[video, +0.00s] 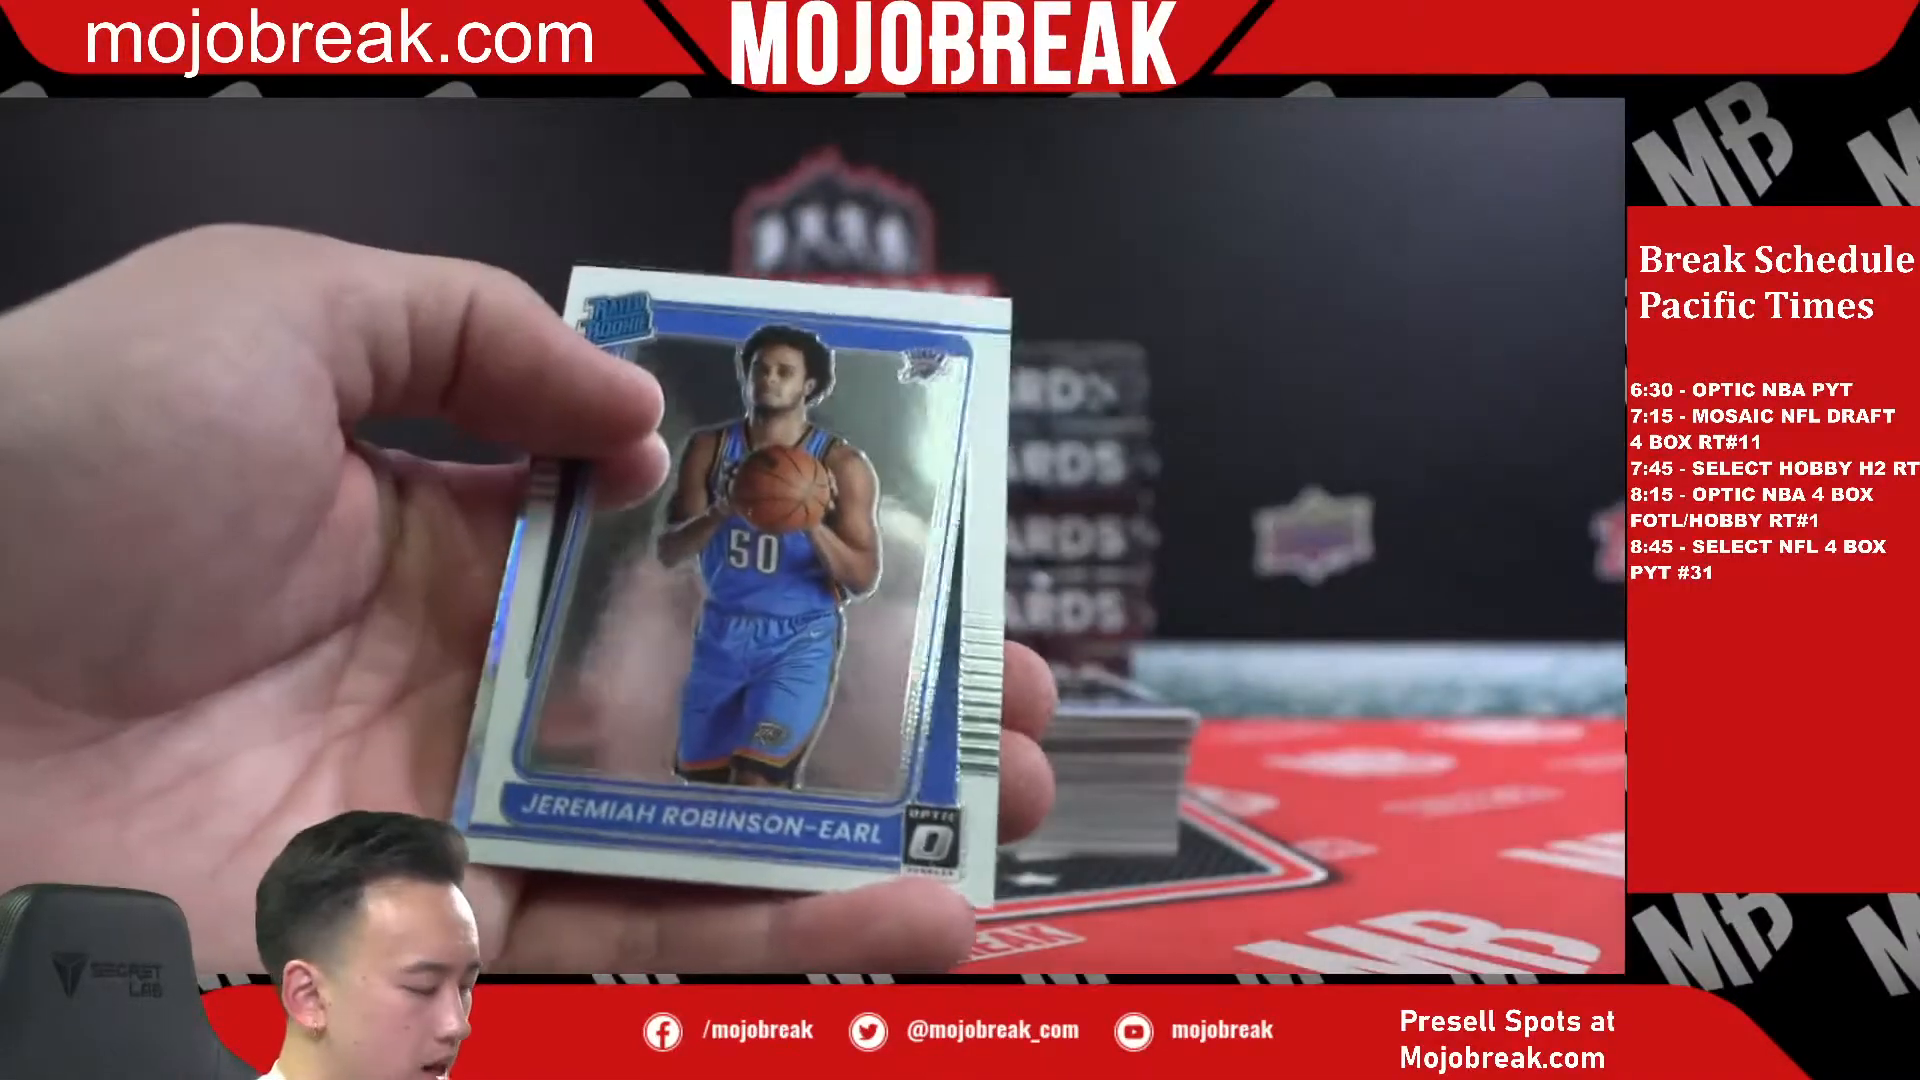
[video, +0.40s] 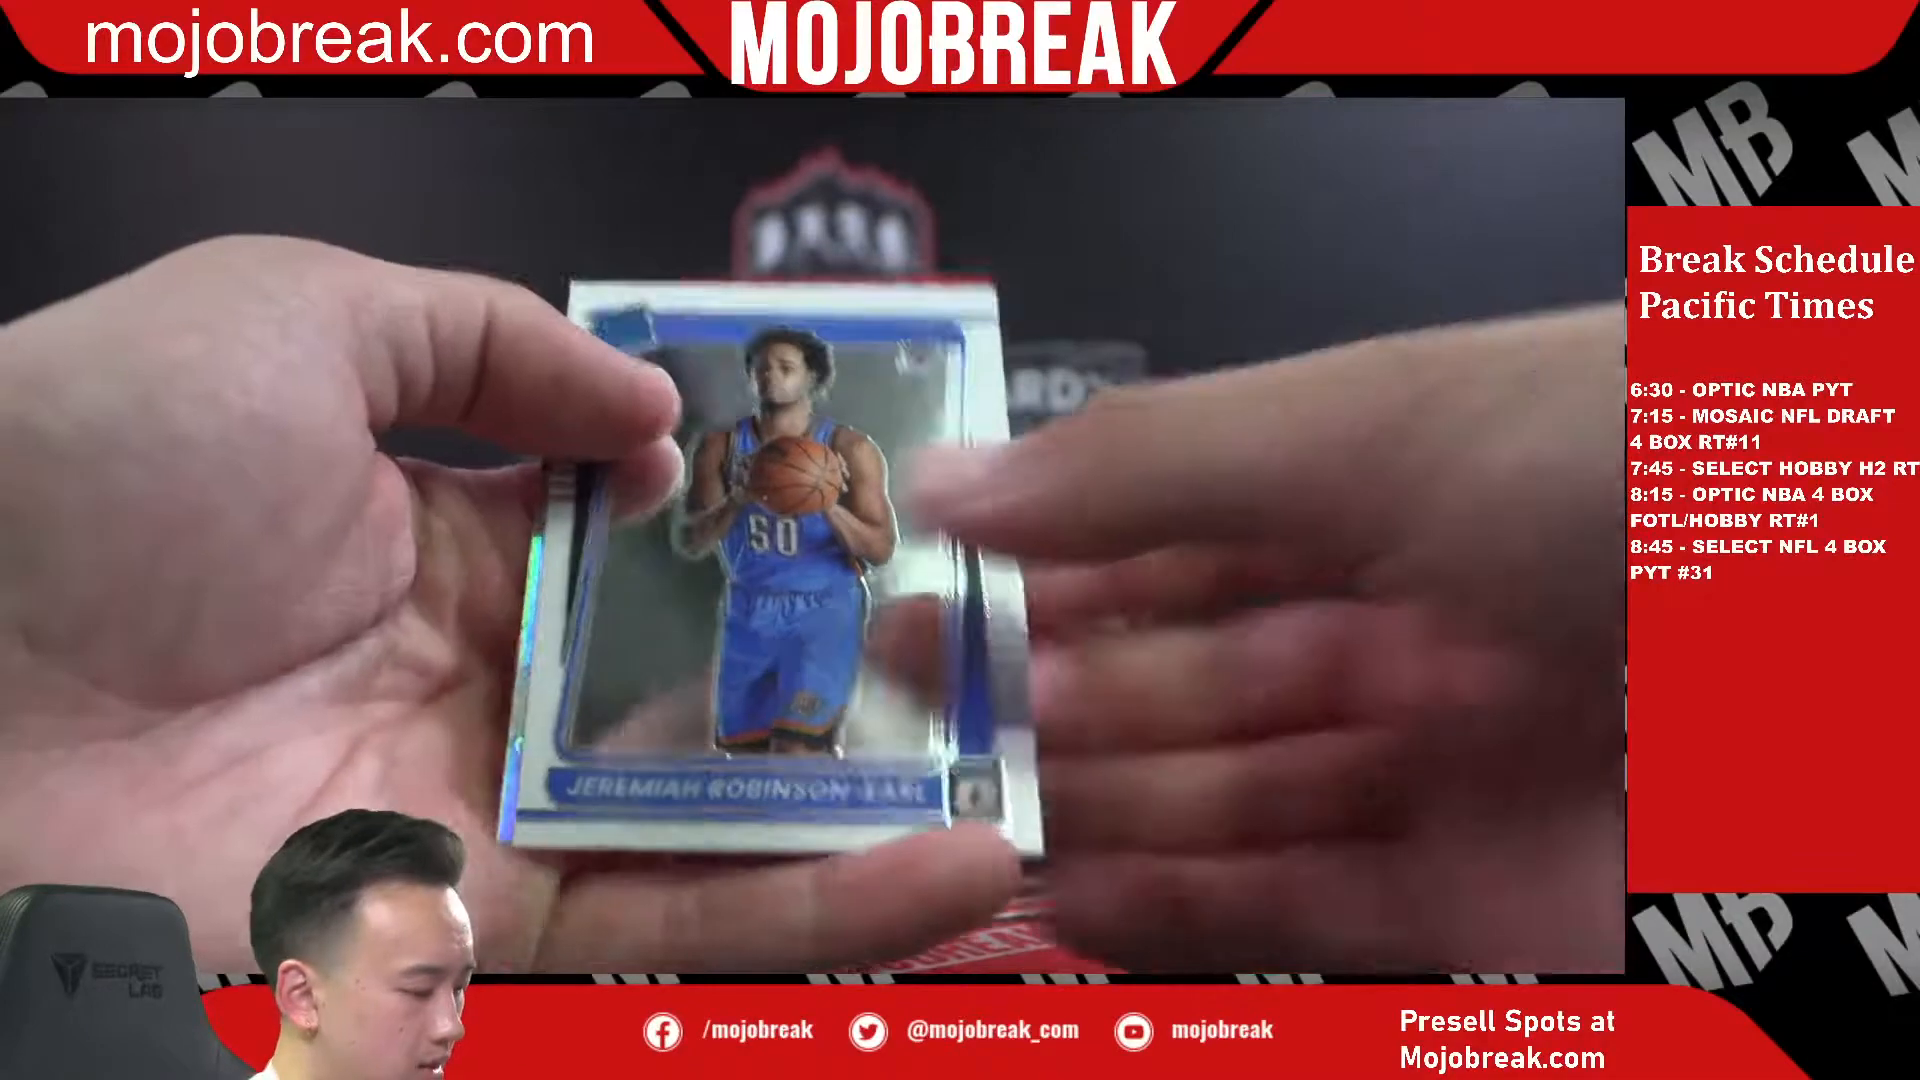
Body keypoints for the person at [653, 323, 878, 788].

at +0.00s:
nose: (769, 379)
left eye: (784, 371)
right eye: (760, 368)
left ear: (812, 388)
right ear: (746, 377)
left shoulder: (845, 466)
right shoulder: (708, 448)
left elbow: (863, 576)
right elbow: (668, 552)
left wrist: (815, 524)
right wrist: (721, 511)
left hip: (802, 643)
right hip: (721, 637)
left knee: (753, 786)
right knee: (700, 793)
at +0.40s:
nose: (770, 376)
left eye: (784, 367)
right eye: (762, 367)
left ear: (812, 379)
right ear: (751, 378)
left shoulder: (853, 450)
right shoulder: (719, 447)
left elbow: (880, 548)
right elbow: (690, 544)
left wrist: (831, 505)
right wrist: (737, 501)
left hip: (825, 614)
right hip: (747, 616)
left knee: (796, 754)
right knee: (741, 760)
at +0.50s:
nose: (793, 377)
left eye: (805, 365)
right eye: (784, 365)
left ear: (827, 376)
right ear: (772, 372)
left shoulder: (864, 443)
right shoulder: (741, 439)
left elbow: (898, 527)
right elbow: (707, 528)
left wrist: (849, 492)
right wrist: (742, 492)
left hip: (847, 589)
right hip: (771, 591)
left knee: (827, 707)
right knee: (760, 717)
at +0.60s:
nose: (871, 407)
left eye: (883, 397)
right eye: (864, 395)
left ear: (902, 409)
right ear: (850, 403)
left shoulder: (940, 473)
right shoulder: (823, 463)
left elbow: (967, 556)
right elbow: (791, 531)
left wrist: (914, 514)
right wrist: (819, 514)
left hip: (917, 611)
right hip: (843, 610)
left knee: (892, 719)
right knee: (831, 726)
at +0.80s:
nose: (887, 428)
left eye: (899, 419)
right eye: (877, 419)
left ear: (923, 429)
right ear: (866, 429)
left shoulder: (969, 496)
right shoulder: (837, 487)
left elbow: (1001, 587)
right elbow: (813, 573)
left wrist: (950, 542)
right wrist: (860, 535)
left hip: (950, 644)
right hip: (874, 646)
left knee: (930, 778)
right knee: (873, 782)